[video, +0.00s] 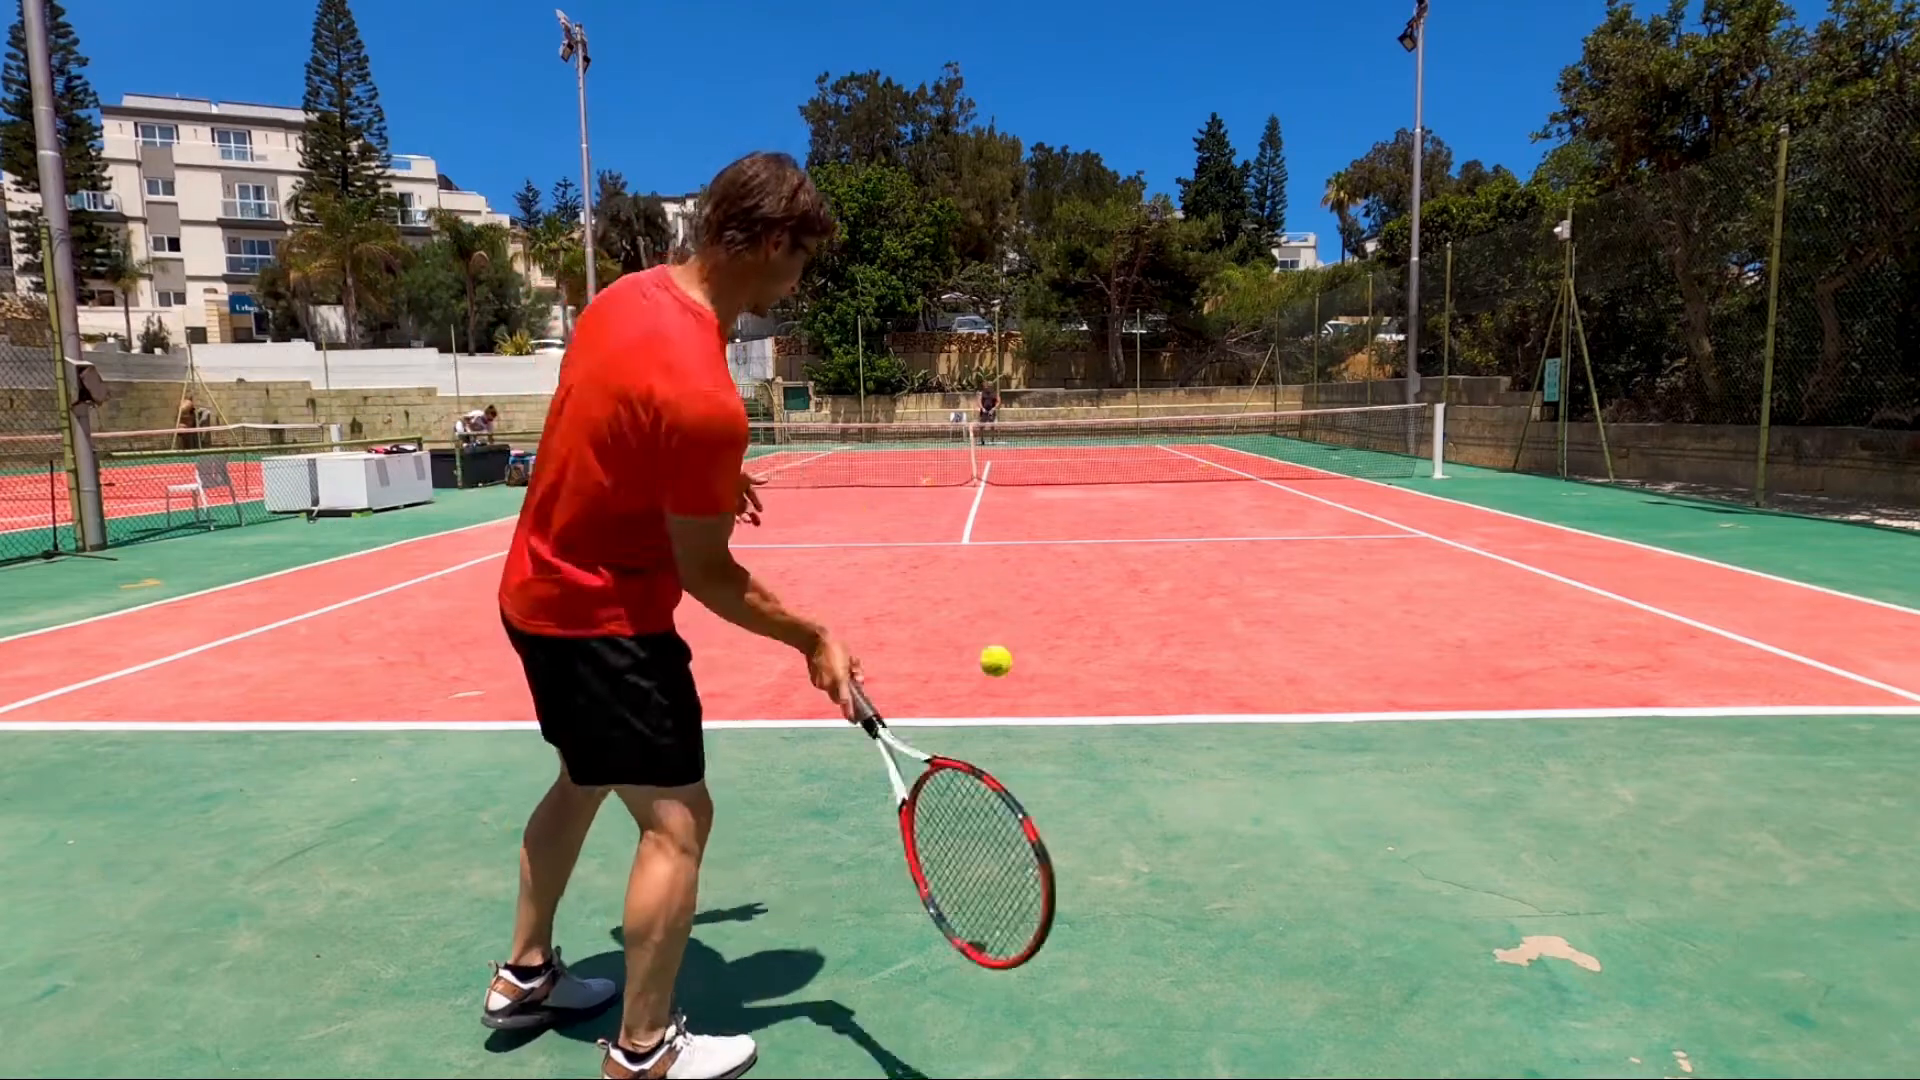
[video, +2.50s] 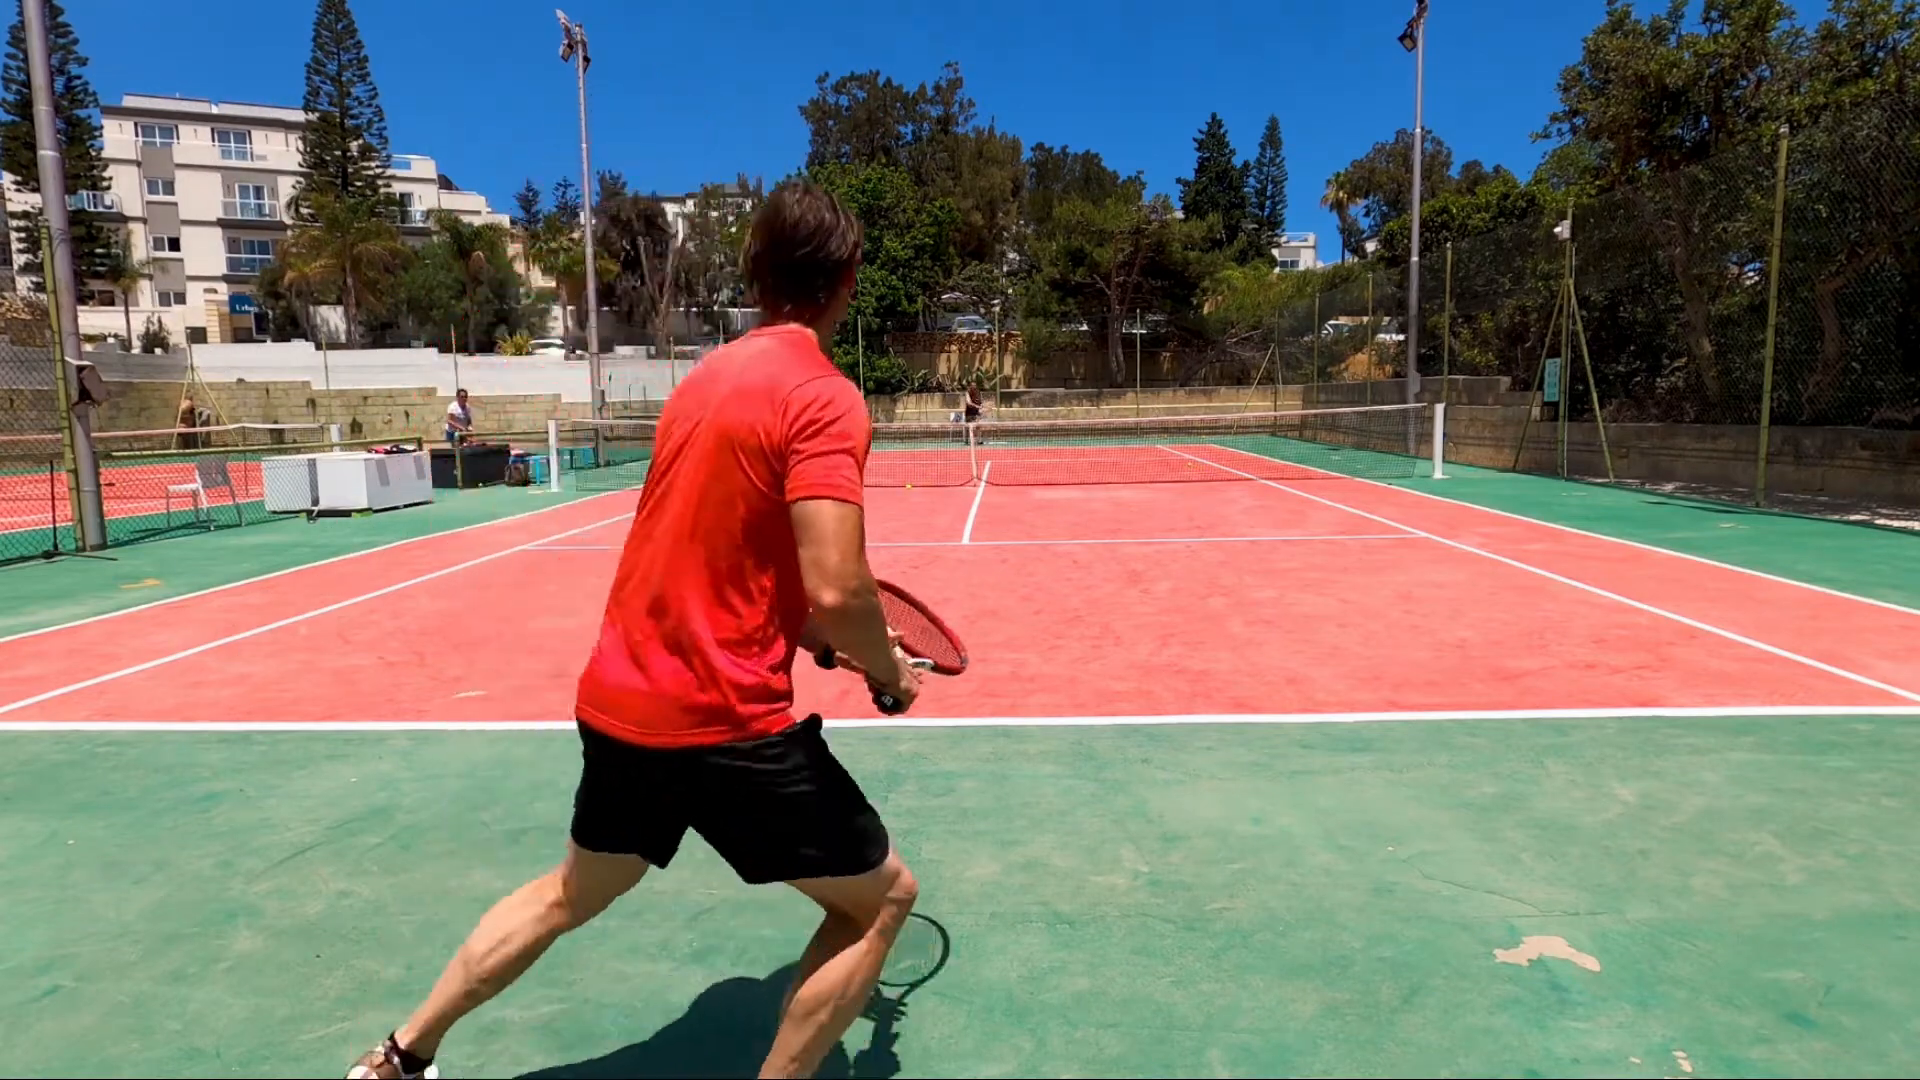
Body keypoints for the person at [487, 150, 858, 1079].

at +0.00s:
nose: (796, 284)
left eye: (803, 266)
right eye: (798, 262)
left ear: (719, 231)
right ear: (761, 247)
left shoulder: (625, 298)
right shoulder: (703, 400)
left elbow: (600, 431)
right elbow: (705, 571)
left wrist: (705, 478)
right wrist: (810, 638)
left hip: (542, 590)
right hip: (609, 619)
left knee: (583, 776)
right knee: (676, 819)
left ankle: (526, 971)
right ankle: (644, 1044)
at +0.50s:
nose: (750, 211)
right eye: (756, 198)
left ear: (660, 196)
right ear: (757, 206)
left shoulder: (575, 288)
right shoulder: (774, 343)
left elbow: (467, 415)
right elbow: (772, 454)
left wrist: (548, 453)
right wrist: (694, 391)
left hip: (542, 609)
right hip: (669, 629)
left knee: (523, 809)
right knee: (676, 834)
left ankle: (491, 1018)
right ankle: (646, 1044)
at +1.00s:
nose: (620, 231)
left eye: (614, 219)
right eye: (617, 218)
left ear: (521, 222)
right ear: (606, 219)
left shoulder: (461, 335)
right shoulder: (649, 317)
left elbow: (418, 494)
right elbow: (713, 466)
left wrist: (504, 522)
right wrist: (677, 531)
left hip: (505, 630)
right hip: (628, 621)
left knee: (529, 824)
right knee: (704, 800)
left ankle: (514, 1039)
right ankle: (666, 1032)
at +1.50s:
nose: (667, 206)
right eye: (668, 192)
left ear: (574, 196)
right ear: (667, 198)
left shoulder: (514, 310)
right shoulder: (719, 308)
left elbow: (465, 471)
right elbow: (765, 465)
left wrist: (559, 471)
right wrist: (708, 517)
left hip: (561, 613)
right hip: (694, 606)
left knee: (547, 818)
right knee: (753, 803)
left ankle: (532, 1030)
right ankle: (774, 1033)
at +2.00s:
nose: (688, 166)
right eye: (687, 153)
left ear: (584, 160)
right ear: (684, 161)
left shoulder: (514, 276)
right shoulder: (734, 277)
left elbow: (460, 436)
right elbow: (801, 437)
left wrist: (552, 468)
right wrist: (723, 494)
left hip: (546, 586)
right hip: (687, 587)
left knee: (507, 789)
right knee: (753, 811)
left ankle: (446, 1017)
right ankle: (776, 1050)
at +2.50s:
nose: (858, 286)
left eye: (853, 271)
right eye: (855, 272)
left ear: (758, 277)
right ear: (843, 282)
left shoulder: (705, 377)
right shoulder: (823, 398)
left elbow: (707, 541)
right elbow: (835, 590)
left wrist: (808, 622)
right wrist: (886, 669)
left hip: (618, 701)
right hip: (725, 720)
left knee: (582, 881)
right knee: (876, 900)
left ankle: (402, 1053)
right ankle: (782, 1074)